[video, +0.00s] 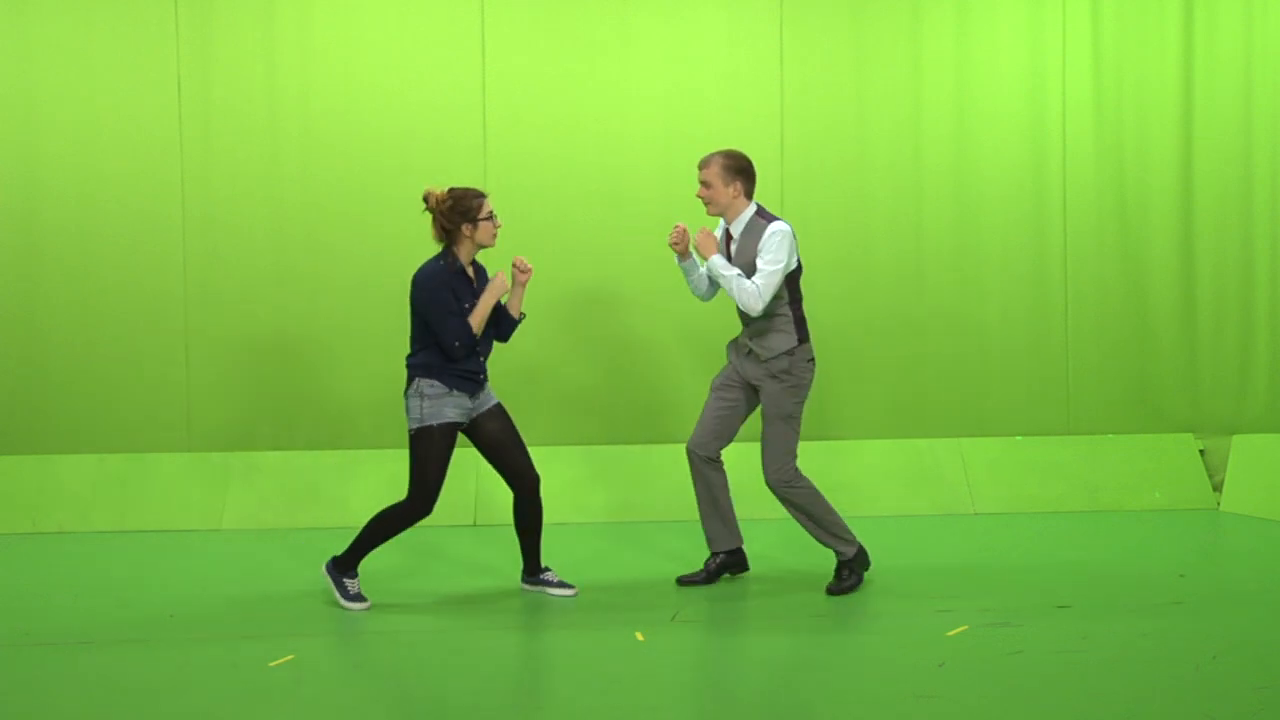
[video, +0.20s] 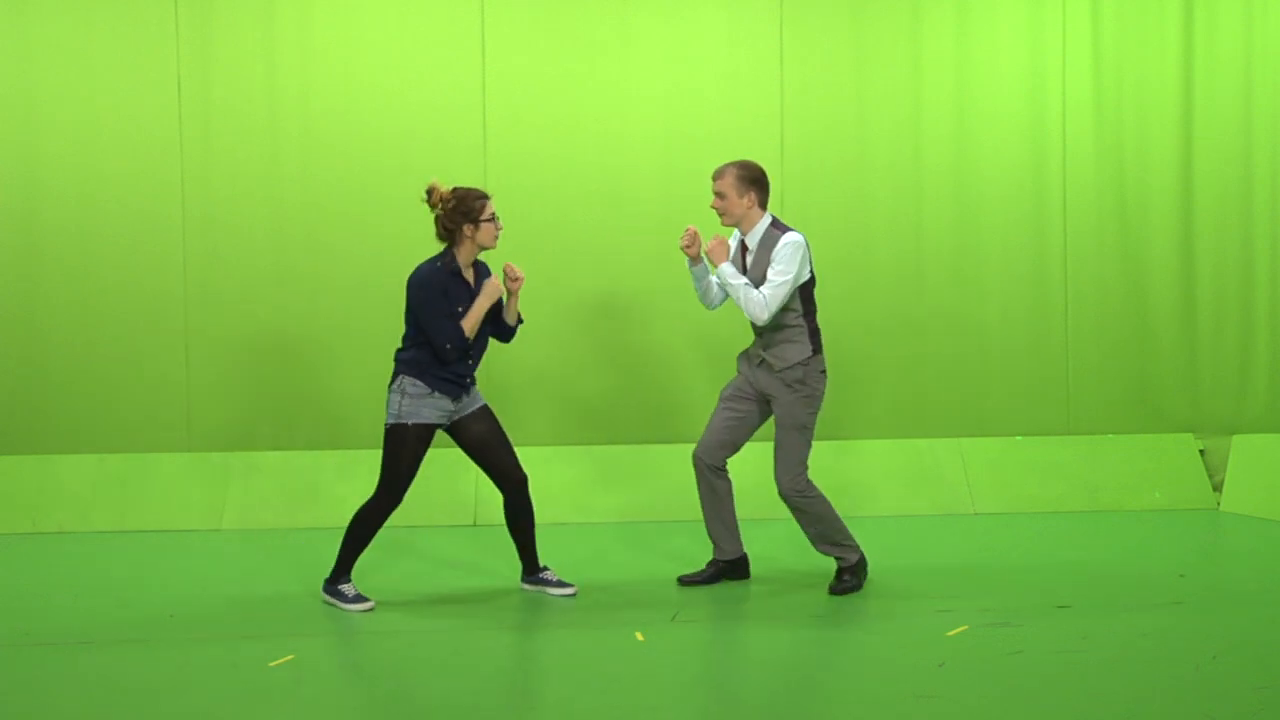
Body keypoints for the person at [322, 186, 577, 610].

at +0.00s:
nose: (497, 224)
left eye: (494, 217)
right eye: (489, 219)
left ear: (470, 228)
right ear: (465, 228)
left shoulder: (479, 274)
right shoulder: (431, 277)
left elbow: (502, 331)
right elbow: (458, 343)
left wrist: (519, 288)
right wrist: (491, 295)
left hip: (475, 391)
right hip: (434, 391)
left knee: (526, 480)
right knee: (420, 503)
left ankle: (534, 571)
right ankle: (343, 566)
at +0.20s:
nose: (499, 226)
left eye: (496, 218)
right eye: (491, 219)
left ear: (472, 230)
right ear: (467, 230)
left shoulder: (483, 274)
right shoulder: (427, 278)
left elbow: (503, 333)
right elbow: (450, 347)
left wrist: (512, 297)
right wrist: (486, 298)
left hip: (462, 393)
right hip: (416, 390)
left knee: (514, 481)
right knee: (390, 494)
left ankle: (533, 571)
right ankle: (337, 580)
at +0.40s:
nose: (503, 226)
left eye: (500, 219)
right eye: (494, 220)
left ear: (474, 232)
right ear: (470, 231)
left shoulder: (484, 277)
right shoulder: (434, 281)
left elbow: (505, 329)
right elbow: (462, 348)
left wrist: (510, 310)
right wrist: (492, 299)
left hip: (463, 398)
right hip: (420, 395)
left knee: (526, 477)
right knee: (384, 492)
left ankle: (529, 570)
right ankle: (337, 581)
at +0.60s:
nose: (517, 215)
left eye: (515, 207)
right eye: (509, 209)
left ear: (487, 215)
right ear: (485, 217)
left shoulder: (494, 258)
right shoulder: (465, 270)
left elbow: (532, 269)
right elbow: (475, 337)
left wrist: (558, 242)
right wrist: (524, 305)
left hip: (496, 386)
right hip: (468, 390)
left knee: (532, 477)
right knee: (503, 491)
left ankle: (525, 571)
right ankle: (409, 538)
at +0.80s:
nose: (534, 220)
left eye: (532, 213)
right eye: (527, 215)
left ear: (505, 220)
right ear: (501, 221)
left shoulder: (514, 253)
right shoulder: (470, 270)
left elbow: (561, 239)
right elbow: (470, 335)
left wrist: (584, 195)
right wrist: (526, 315)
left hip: (500, 371)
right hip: (485, 372)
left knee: (531, 473)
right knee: (587, 332)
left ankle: (524, 571)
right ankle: (654, 412)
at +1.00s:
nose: (534, 221)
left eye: (534, 213)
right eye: (528, 215)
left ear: (506, 218)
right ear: (502, 219)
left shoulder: (507, 255)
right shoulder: (478, 265)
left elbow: (546, 266)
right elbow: (489, 328)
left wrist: (567, 232)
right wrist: (540, 299)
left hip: (518, 373)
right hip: (505, 371)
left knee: (544, 473)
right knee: (586, 304)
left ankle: (525, 570)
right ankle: (660, 375)